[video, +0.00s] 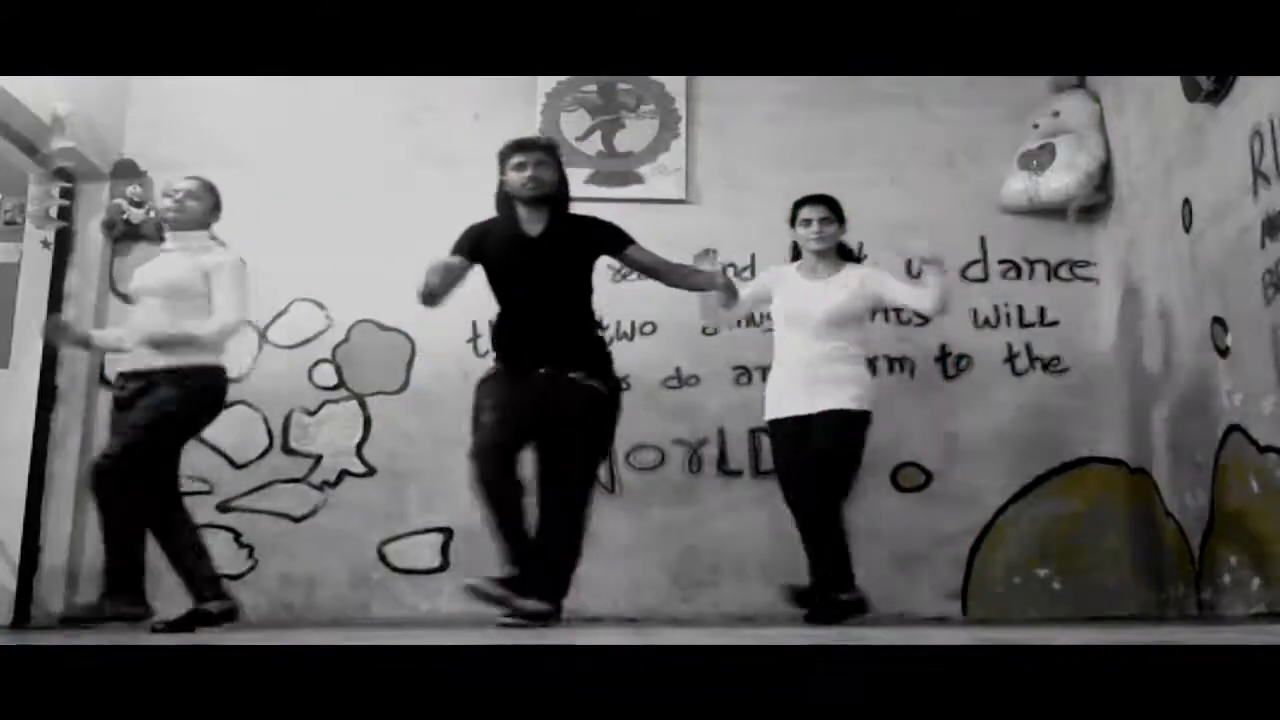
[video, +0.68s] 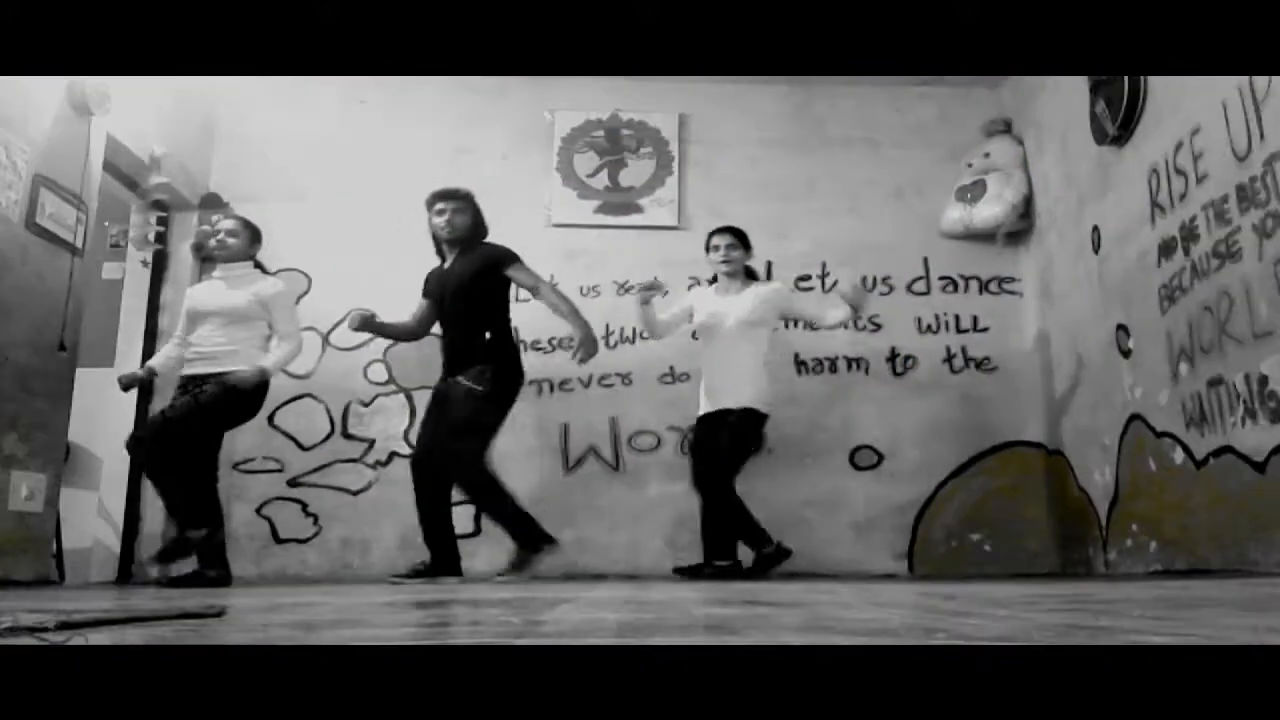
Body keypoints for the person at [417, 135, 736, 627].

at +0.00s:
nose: (530, 173)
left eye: (541, 166)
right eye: (519, 167)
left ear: (559, 177)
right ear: (502, 182)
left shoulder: (587, 231)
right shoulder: (485, 236)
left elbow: (660, 269)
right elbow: (436, 292)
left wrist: (714, 280)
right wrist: (434, 282)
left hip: (581, 374)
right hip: (515, 376)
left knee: (565, 488)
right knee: (489, 455)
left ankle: (545, 597)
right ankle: (523, 569)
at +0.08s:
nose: (516, 174)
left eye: (527, 166)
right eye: (505, 168)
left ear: (546, 178)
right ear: (490, 183)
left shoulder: (575, 231)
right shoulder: (473, 237)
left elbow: (652, 269)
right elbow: (415, 283)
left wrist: (712, 283)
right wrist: (389, 284)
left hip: (561, 373)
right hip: (498, 374)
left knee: (542, 480)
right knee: (485, 462)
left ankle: (533, 595)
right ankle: (478, 587)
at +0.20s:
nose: (504, 170)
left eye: (516, 162)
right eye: (493, 165)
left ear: (537, 175)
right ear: (479, 180)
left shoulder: (565, 229)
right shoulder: (460, 235)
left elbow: (620, 269)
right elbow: (409, 294)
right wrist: (348, 330)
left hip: (547, 382)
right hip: (484, 382)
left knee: (566, 472)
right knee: (517, 467)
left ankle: (485, 577)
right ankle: (499, 588)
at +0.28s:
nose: (490, 176)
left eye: (501, 169)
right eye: (479, 170)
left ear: (523, 181)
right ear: (466, 185)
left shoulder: (547, 227)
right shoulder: (454, 240)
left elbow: (548, 253)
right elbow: (433, 300)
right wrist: (384, 343)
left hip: (523, 374)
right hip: (471, 374)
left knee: (537, 487)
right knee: (511, 485)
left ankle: (457, 593)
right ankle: (500, 589)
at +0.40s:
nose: (470, 172)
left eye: (481, 165)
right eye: (460, 165)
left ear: (501, 177)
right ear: (448, 179)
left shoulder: (522, 220)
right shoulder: (441, 238)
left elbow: (544, 250)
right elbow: (441, 305)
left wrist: (476, 243)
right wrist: (393, 344)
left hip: (518, 371)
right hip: (457, 371)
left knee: (527, 475)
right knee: (472, 469)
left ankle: (466, 582)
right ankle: (478, 583)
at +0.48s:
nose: (479, 199)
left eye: (489, 194)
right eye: (471, 194)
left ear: (506, 206)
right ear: (460, 206)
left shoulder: (518, 244)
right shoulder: (458, 260)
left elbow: (570, 277)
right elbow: (456, 312)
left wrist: (558, 286)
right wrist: (411, 342)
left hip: (528, 371)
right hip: (476, 371)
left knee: (524, 463)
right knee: (450, 444)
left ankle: (535, 557)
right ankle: (456, 543)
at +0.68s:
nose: (447, 218)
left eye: (457, 212)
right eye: (439, 213)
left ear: (474, 220)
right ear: (431, 224)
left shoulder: (491, 257)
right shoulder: (437, 279)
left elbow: (541, 289)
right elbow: (416, 328)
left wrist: (583, 329)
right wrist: (374, 326)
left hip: (495, 374)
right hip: (455, 378)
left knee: (462, 460)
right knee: (427, 463)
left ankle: (533, 540)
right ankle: (444, 561)